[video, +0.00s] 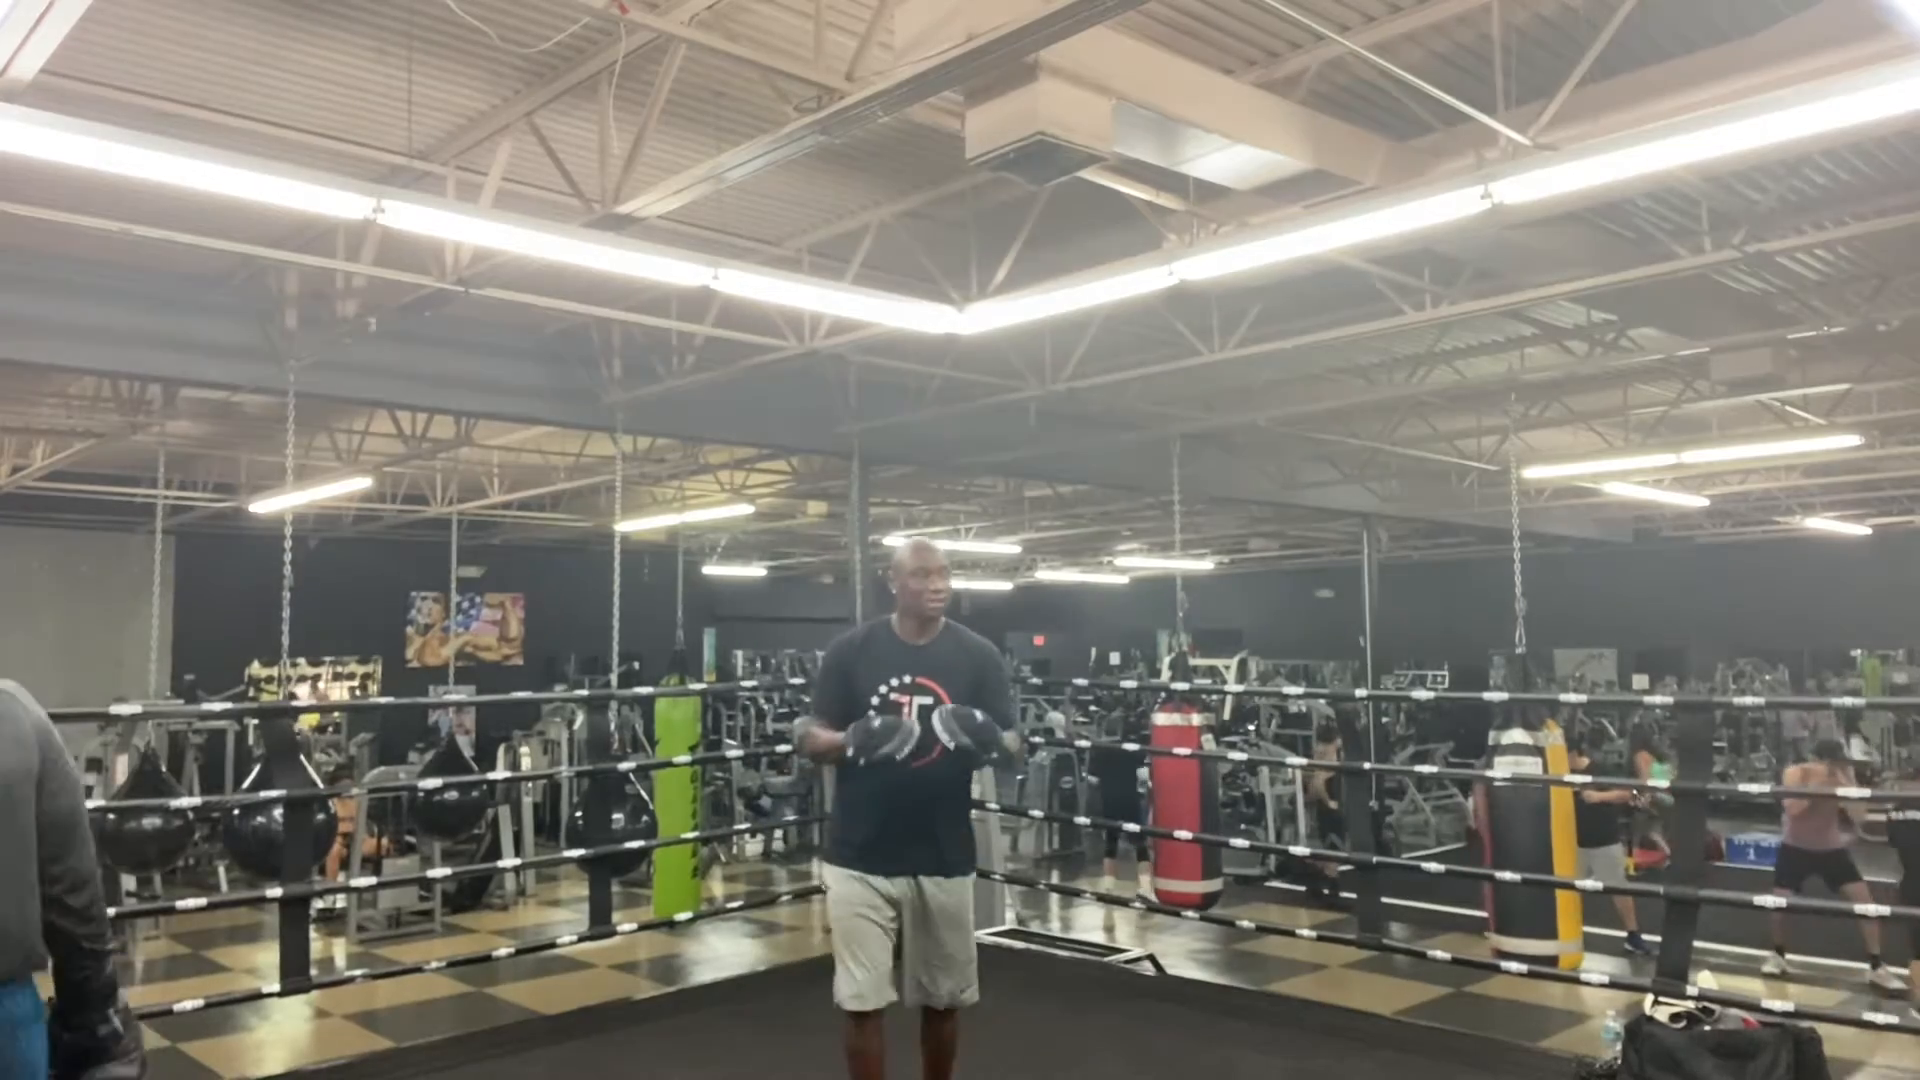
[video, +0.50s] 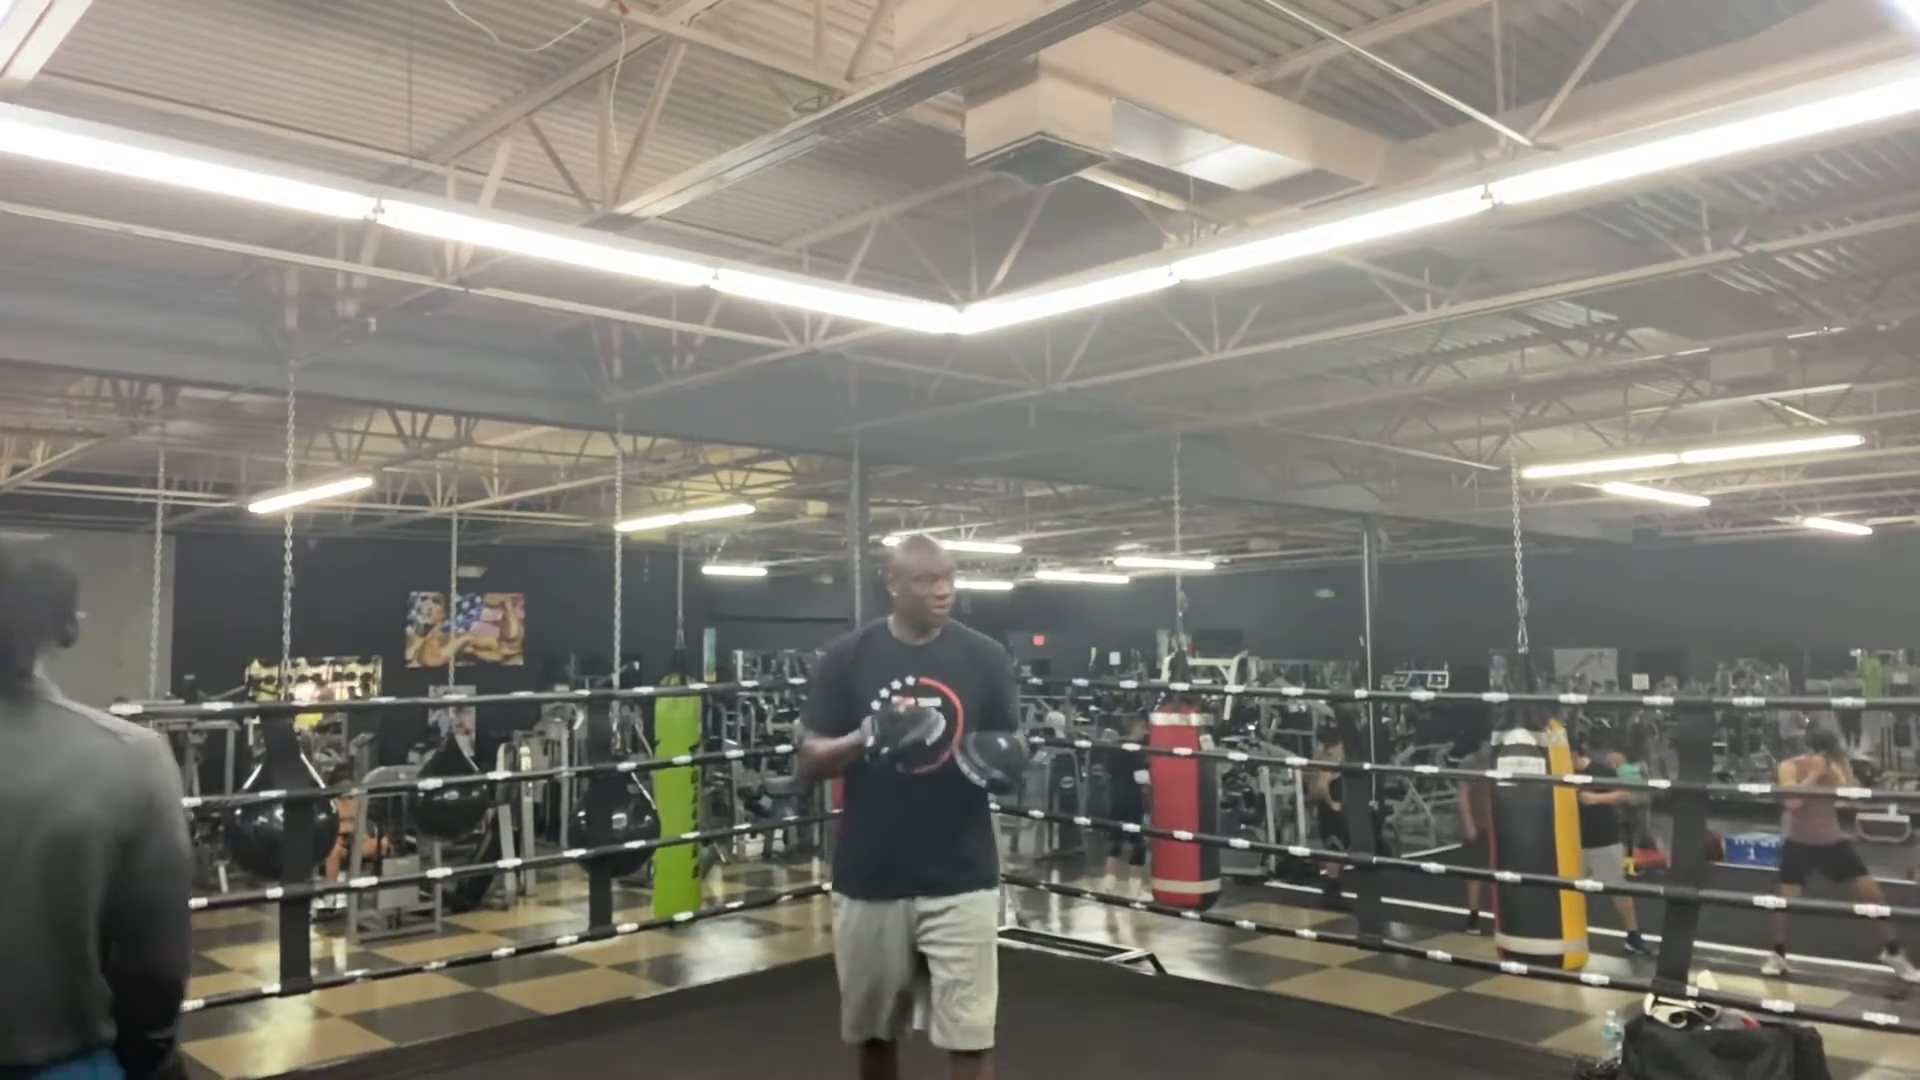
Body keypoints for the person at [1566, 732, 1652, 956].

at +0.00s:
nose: (1564, 761)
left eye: (1567, 756)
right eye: (1562, 757)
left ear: (1578, 754)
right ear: (1561, 757)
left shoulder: (1600, 770)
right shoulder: (1557, 777)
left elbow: (1627, 793)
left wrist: (1599, 796)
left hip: (1604, 840)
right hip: (1573, 843)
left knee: (1620, 889)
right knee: (1566, 892)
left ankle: (1633, 934)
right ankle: (1563, 937)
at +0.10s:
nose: (1562, 763)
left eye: (1565, 757)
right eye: (1561, 758)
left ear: (1577, 755)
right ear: (1562, 757)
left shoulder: (1600, 771)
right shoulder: (1560, 778)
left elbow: (1626, 793)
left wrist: (1599, 796)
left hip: (1605, 841)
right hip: (1574, 844)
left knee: (1619, 889)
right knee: (1567, 892)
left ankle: (1633, 934)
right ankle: (1565, 938)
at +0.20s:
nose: (1564, 763)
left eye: (1567, 757)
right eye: (1562, 758)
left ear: (1578, 755)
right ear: (1561, 758)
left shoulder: (1600, 771)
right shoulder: (1560, 778)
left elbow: (1625, 793)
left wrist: (1597, 796)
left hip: (1603, 839)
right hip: (1573, 843)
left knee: (1619, 888)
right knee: (1567, 891)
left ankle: (1633, 934)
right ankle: (1565, 937)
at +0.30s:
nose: (1564, 763)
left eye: (1566, 758)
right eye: (1562, 758)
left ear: (1577, 754)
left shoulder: (1602, 771)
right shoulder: (1561, 778)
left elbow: (1625, 794)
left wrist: (1596, 796)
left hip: (1603, 840)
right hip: (1573, 843)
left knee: (1618, 888)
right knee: (1568, 892)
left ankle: (1633, 934)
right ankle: (1566, 937)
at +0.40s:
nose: (1566, 762)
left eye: (1568, 757)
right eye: (1564, 758)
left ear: (1578, 754)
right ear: (1562, 758)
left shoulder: (1603, 769)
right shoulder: (1560, 777)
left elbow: (1627, 792)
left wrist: (1594, 797)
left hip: (1603, 840)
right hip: (1572, 843)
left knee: (1618, 889)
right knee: (1568, 892)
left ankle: (1633, 934)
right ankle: (1568, 938)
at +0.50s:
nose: (1565, 763)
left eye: (1568, 758)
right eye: (1563, 759)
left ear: (1577, 755)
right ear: (1563, 759)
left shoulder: (1601, 772)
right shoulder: (1562, 776)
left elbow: (1626, 793)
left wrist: (1594, 797)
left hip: (1604, 841)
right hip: (1572, 844)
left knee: (1618, 889)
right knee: (1568, 892)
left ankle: (1633, 934)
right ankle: (1567, 938)